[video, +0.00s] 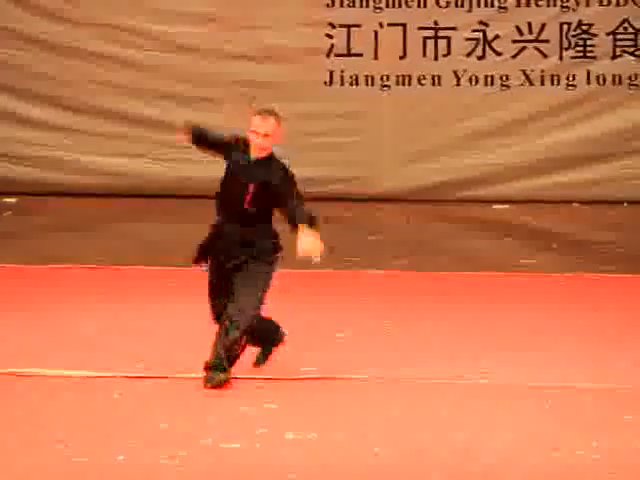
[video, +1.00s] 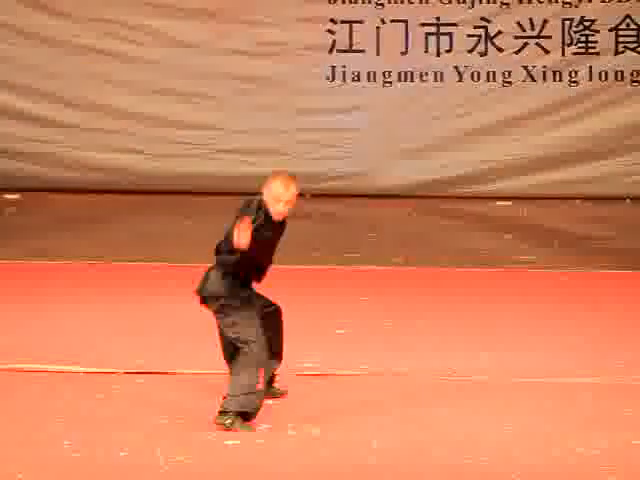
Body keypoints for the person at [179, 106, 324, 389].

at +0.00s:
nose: (258, 140)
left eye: (265, 135)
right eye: (255, 133)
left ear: (276, 137)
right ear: (248, 131)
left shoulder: (278, 173)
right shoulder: (236, 151)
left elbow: (294, 204)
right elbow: (214, 144)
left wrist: (305, 229)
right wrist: (194, 135)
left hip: (257, 250)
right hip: (225, 244)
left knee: (241, 310)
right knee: (222, 310)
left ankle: (219, 366)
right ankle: (268, 334)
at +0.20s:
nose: (269, 161)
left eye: (275, 155)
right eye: (263, 153)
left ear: (282, 155)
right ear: (252, 152)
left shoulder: (265, 185)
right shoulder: (241, 181)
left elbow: (267, 224)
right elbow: (253, 220)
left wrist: (255, 249)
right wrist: (285, 252)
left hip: (237, 260)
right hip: (214, 259)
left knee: (257, 314)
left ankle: (227, 368)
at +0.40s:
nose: (265, 164)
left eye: (269, 159)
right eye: (260, 157)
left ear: (273, 157)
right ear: (244, 152)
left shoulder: (246, 178)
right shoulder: (243, 184)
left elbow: (271, 197)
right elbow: (278, 214)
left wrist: (288, 218)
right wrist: (293, 206)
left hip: (226, 261)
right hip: (211, 262)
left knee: (254, 320)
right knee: (229, 332)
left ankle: (224, 373)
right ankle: (167, 345)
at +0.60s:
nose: (266, 195)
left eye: (269, 189)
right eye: (262, 188)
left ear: (270, 191)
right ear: (248, 187)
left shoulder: (253, 217)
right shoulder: (232, 210)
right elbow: (236, 189)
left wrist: (274, 163)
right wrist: (257, 160)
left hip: (233, 278)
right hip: (210, 277)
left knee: (249, 314)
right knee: (222, 324)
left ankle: (232, 365)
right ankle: (216, 401)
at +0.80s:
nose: (260, 223)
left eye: (267, 218)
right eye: (255, 216)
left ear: (274, 215)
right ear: (243, 208)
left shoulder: (261, 236)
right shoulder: (232, 229)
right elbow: (226, 248)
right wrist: (217, 261)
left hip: (231, 300)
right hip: (211, 302)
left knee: (261, 321)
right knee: (245, 341)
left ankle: (242, 383)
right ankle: (219, 411)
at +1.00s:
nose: (287, 209)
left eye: (290, 203)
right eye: (284, 202)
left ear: (291, 200)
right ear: (270, 197)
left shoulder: (274, 218)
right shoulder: (254, 216)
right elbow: (223, 257)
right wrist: (237, 246)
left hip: (240, 287)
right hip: (225, 289)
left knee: (271, 314)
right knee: (254, 346)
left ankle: (263, 379)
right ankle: (231, 411)